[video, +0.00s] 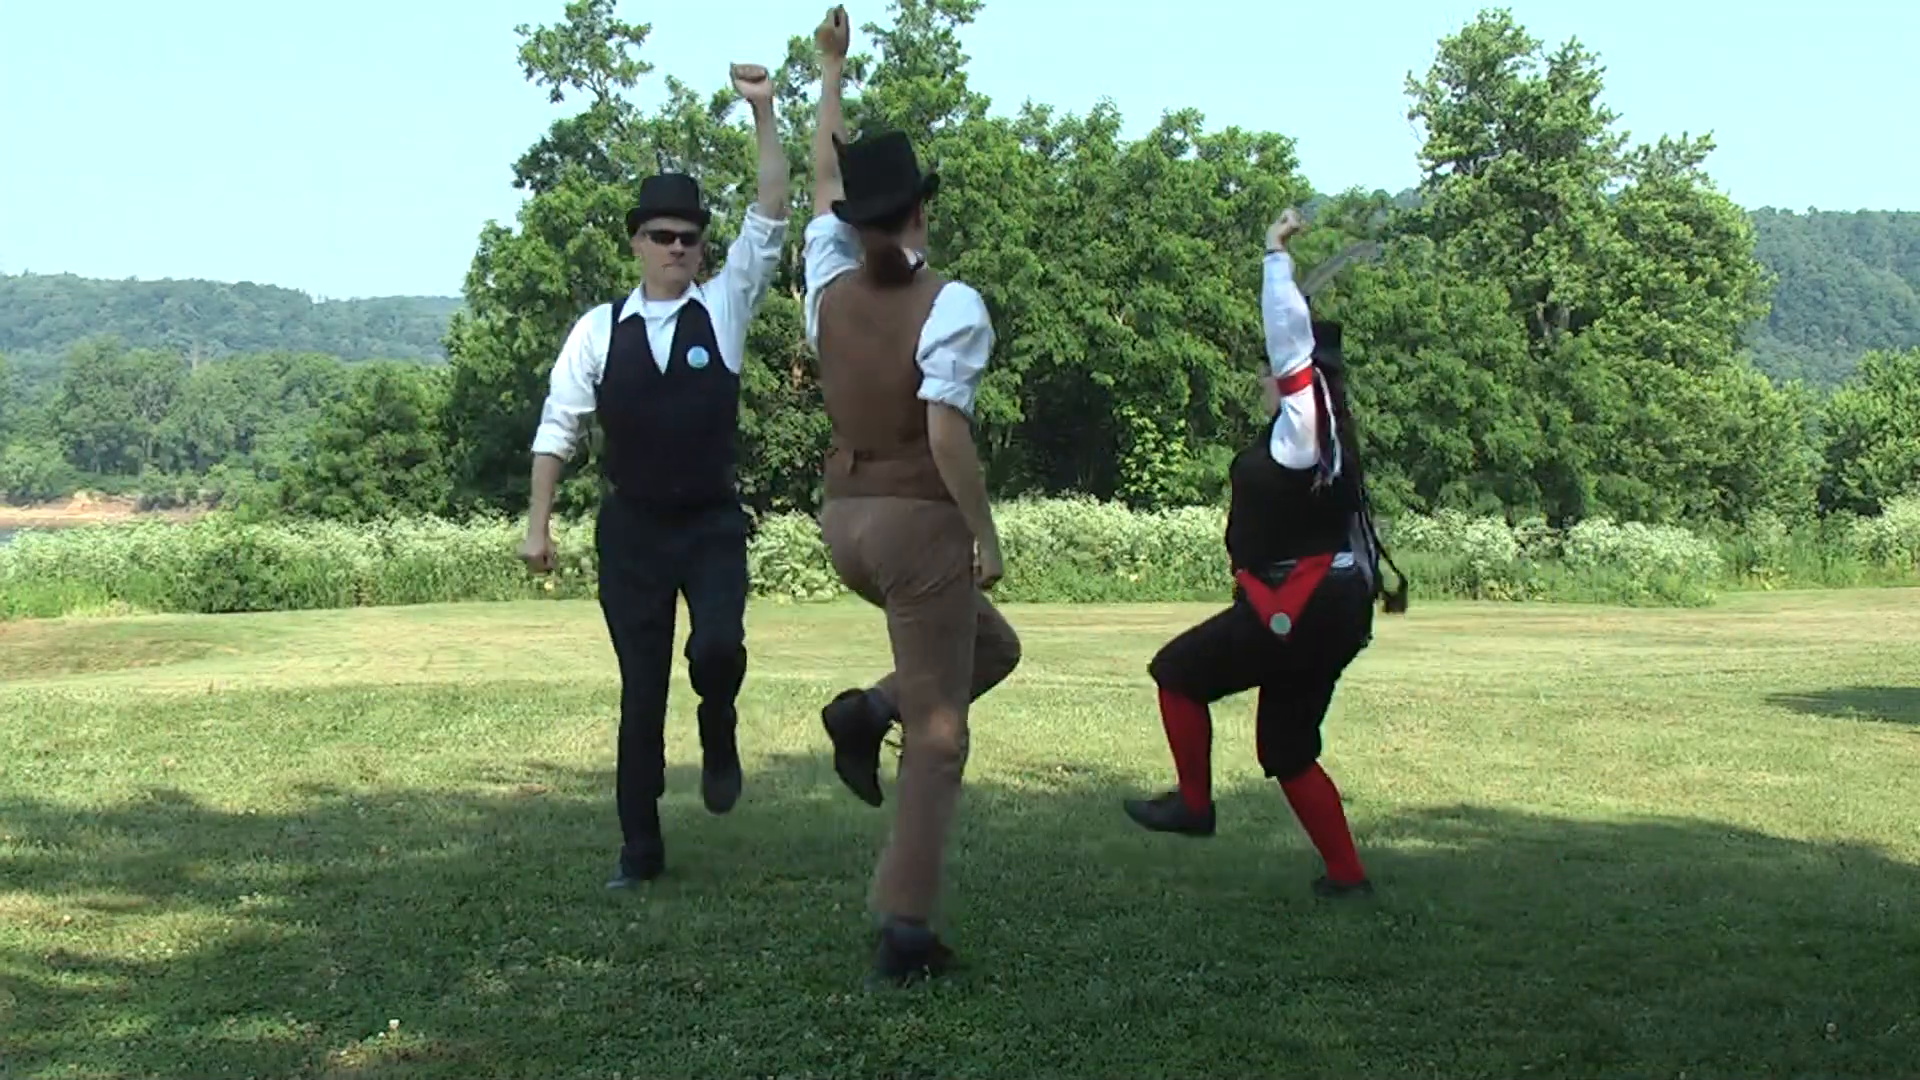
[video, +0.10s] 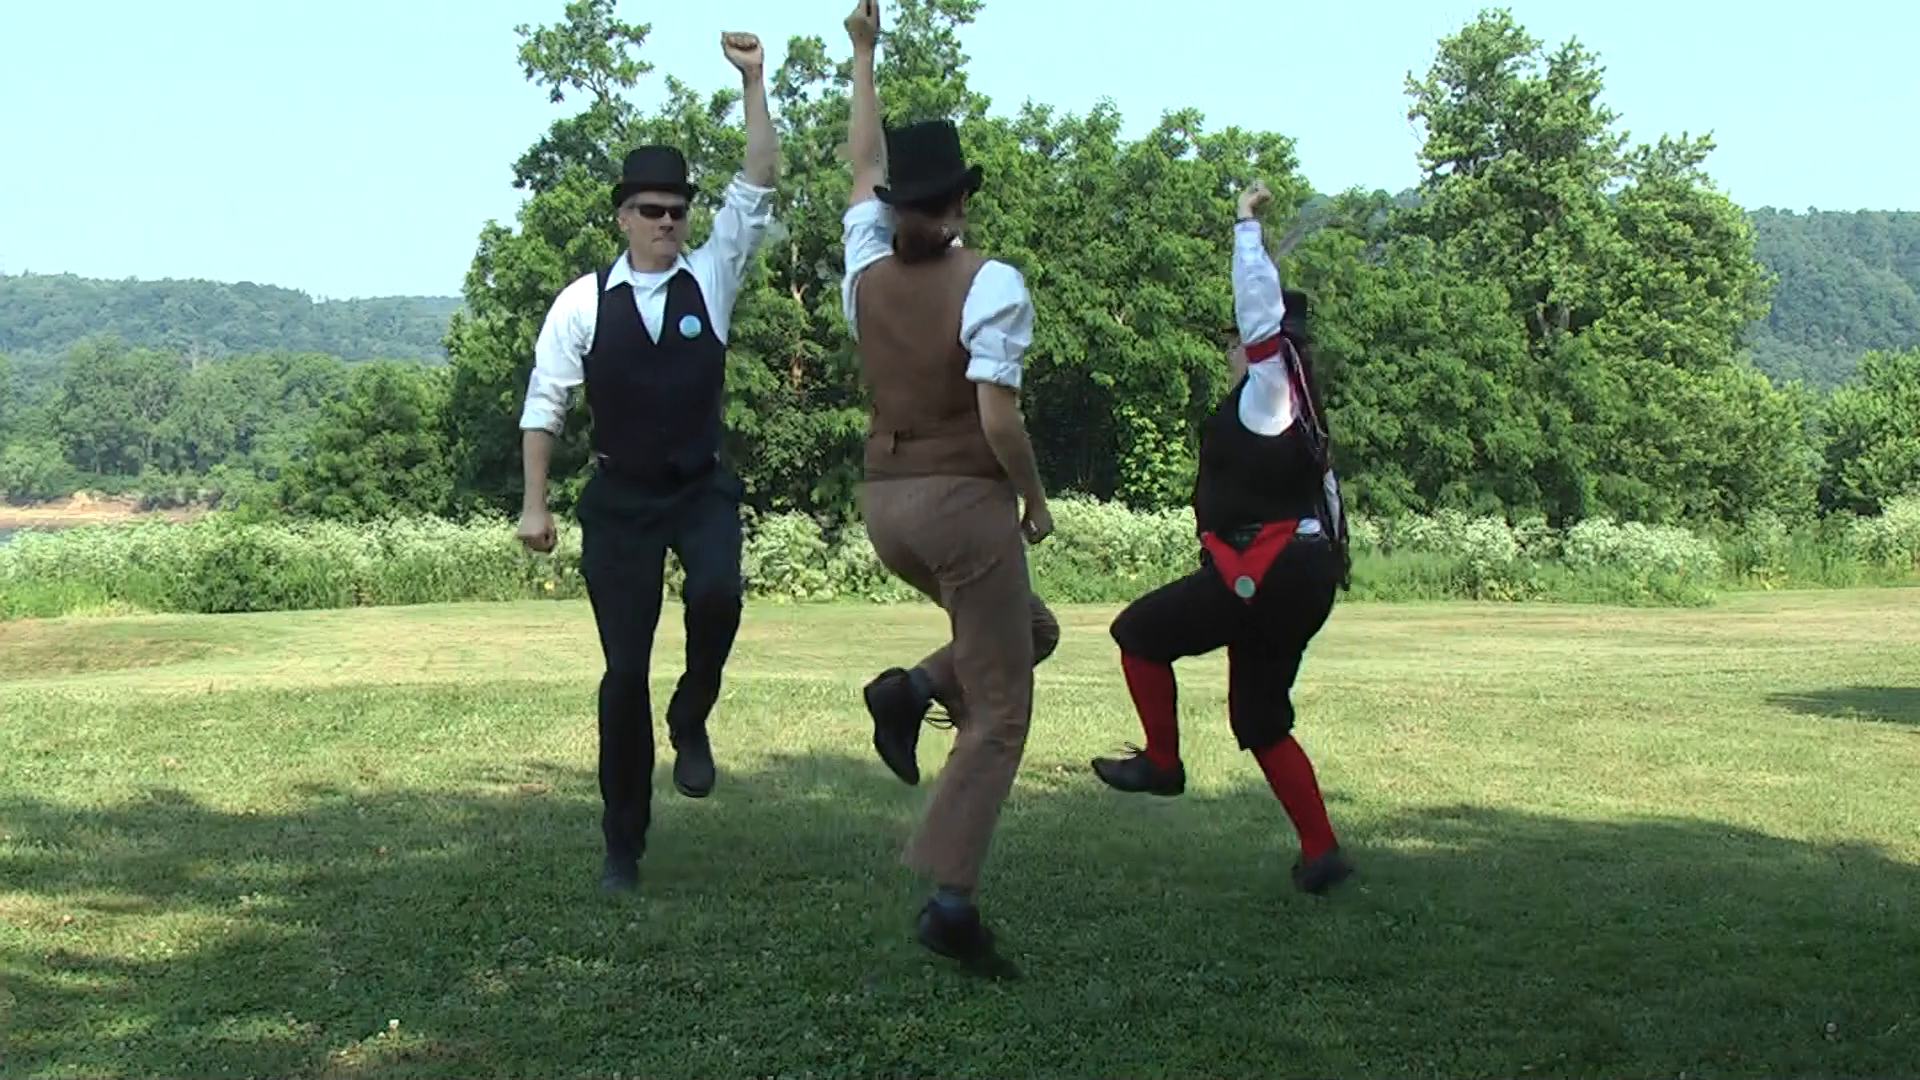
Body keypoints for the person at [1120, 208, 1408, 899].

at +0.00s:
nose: (1263, 374)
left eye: (1274, 365)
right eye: (1268, 364)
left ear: (1301, 369)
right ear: (1318, 371)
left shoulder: (1306, 421)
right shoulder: (1318, 424)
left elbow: (1289, 332)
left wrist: (1276, 249)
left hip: (1303, 602)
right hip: (1337, 600)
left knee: (1177, 671)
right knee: (1288, 746)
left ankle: (1193, 804)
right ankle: (1347, 876)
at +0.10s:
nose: (1236, 339)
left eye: (1247, 328)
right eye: (1242, 329)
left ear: (1270, 334)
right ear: (1289, 338)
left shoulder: (1272, 380)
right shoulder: (1281, 394)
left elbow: (1256, 293)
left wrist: (1247, 221)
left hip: (1266, 577)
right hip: (1298, 582)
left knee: (1138, 631)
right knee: (1261, 720)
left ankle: (1161, 763)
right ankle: (1321, 851)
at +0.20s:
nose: (1204, 338)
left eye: (1212, 331)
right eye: (1208, 330)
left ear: (1233, 334)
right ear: (1258, 335)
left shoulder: (1235, 379)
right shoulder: (1269, 391)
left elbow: (1220, 299)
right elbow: (1292, 479)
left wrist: (1214, 217)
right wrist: (1301, 542)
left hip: (1238, 568)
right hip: (1271, 568)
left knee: (1115, 643)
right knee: (1222, 719)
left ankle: (1159, 767)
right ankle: (1254, 857)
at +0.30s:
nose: (1167, 367)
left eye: (1179, 359)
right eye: (1173, 358)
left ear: (1195, 363)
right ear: (1226, 364)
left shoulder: (1199, 414)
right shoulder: (1236, 419)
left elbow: (1175, 334)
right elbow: (1165, 485)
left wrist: (1164, 252)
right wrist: (1121, 481)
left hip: (1209, 598)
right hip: (1242, 595)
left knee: (1095, 669)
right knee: (1187, 739)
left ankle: (1140, 797)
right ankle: (1220, 866)